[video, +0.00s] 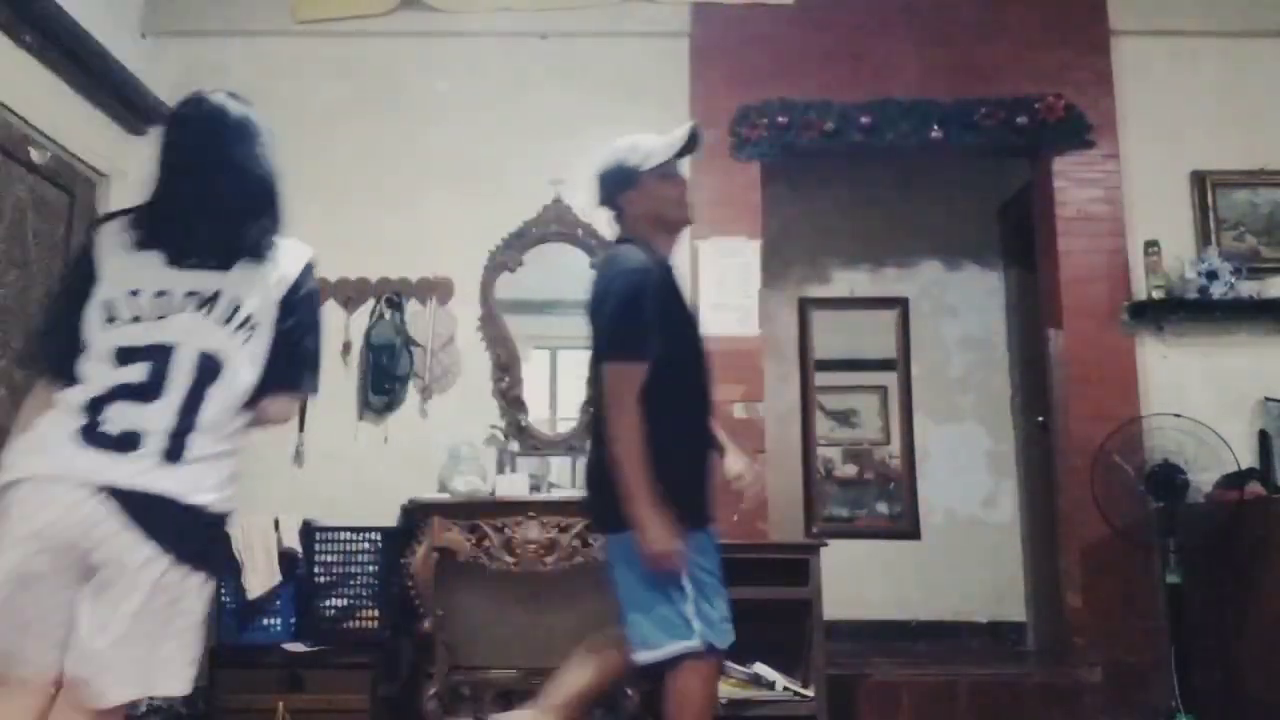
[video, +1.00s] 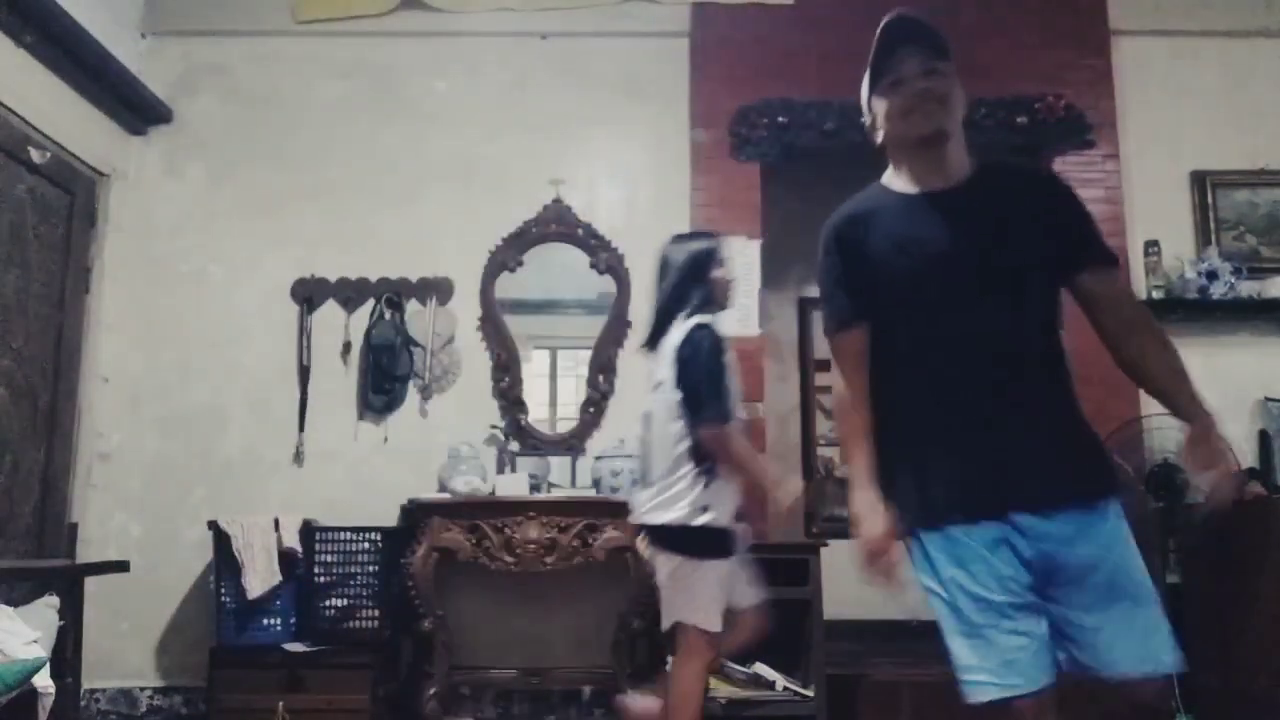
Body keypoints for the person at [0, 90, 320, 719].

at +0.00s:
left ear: (169, 163)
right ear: (258, 171)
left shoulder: (105, 242)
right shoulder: (288, 269)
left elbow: (51, 375)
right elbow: (280, 405)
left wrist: (12, 463)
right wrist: (205, 402)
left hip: (44, 496)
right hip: (168, 527)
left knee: (18, 695)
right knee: (86, 707)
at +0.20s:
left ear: (237, 182)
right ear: (325, 183)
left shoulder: (202, 260)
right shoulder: (332, 255)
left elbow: (169, 387)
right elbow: (366, 385)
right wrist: (344, 429)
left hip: (179, 476)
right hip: (267, 492)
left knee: (220, 670)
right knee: (187, 675)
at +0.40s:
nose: (415, 266)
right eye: (411, 256)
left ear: (341, 254)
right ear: (403, 260)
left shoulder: (316, 323)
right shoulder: (417, 328)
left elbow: (292, 431)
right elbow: (430, 442)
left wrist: (271, 530)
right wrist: (454, 540)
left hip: (306, 521)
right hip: (366, 529)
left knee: (365, 668)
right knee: (298, 687)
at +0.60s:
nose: (524, 243)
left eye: (521, 233)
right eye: (517, 234)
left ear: (453, 240)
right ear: (496, 242)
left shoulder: (429, 296)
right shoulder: (506, 296)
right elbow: (496, 398)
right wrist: (513, 493)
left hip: (427, 485)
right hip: (477, 490)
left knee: (442, 623)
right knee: (512, 624)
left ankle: (400, 712)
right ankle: (456, 714)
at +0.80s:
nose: (626, 289)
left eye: (623, 278)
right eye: (614, 279)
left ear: (552, 297)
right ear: (588, 288)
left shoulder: (556, 344)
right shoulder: (607, 347)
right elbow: (604, 454)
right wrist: (618, 539)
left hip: (540, 531)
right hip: (589, 538)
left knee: (511, 647)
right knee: (640, 649)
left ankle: (458, 715)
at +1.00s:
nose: (729, 275)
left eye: (725, 266)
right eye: (720, 267)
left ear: (687, 278)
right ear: (699, 277)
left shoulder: (677, 333)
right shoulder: (699, 336)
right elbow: (715, 433)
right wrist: (774, 480)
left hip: (694, 518)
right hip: (690, 522)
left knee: (752, 620)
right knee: (695, 646)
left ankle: (658, 696)